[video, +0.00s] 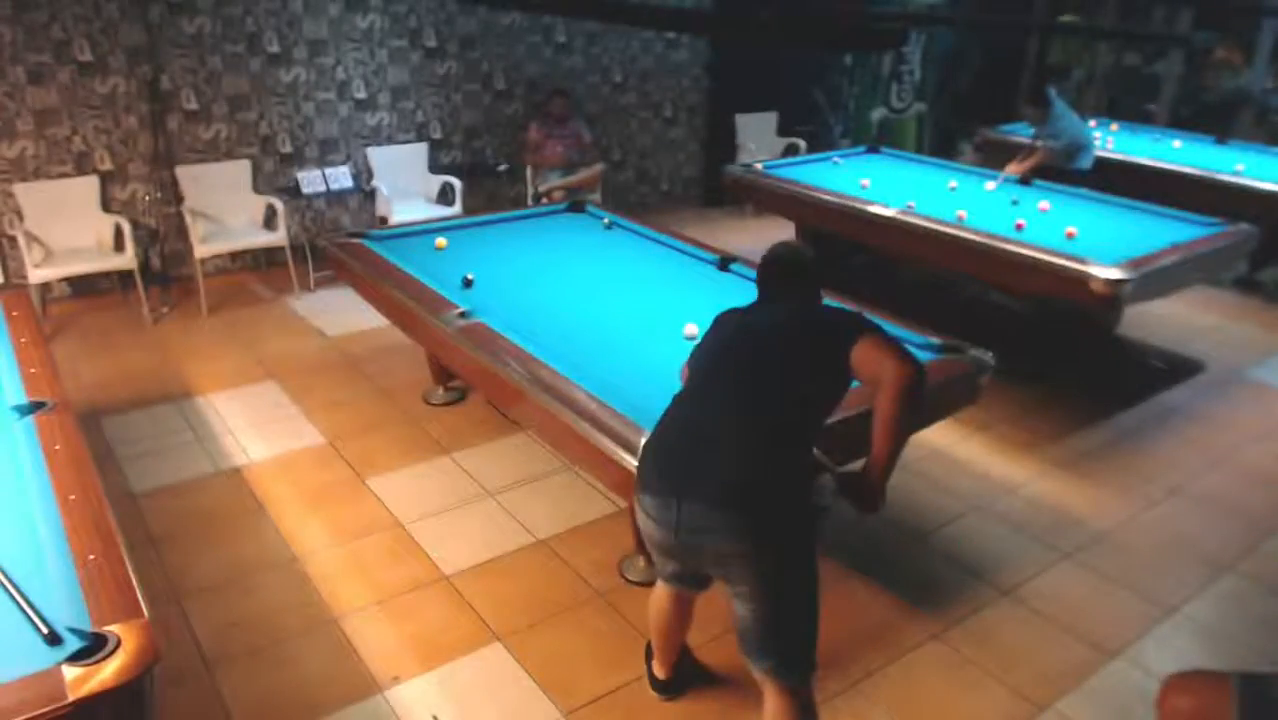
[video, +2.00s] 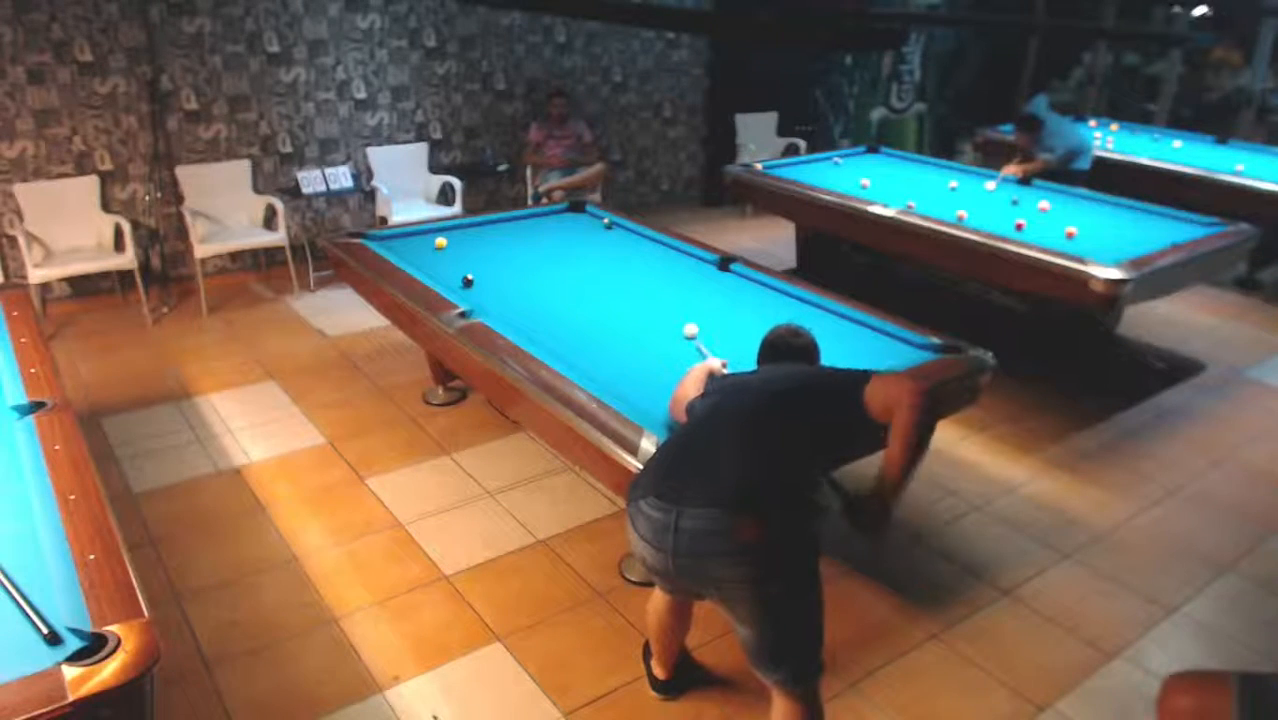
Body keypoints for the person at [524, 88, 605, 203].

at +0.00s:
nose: (559, 111)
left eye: (563, 106)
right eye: (555, 106)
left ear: (569, 107)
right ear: (548, 107)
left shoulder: (577, 125)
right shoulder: (538, 126)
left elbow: (589, 148)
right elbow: (530, 156)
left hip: (573, 168)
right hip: (546, 170)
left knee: (599, 168)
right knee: (559, 195)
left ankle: (548, 188)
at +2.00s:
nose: (560, 111)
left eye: (563, 106)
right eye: (555, 107)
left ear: (568, 108)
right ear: (549, 108)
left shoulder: (578, 125)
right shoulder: (540, 127)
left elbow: (593, 155)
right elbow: (528, 157)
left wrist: (572, 160)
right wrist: (552, 162)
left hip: (576, 166)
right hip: (552, 169)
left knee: (601, 168)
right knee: (558, 196)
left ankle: (549, 187)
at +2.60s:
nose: (559, 110)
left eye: (563, 106)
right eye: (555, 106)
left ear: (568, 108)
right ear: (548, 108)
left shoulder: (578, 126)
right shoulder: (538, 127)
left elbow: (593, 155)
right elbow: (528, 157)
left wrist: (571, 161)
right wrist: (556, 161)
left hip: (576, 168)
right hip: (550, 170)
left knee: (601, 168)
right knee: (558, 196)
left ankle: (549, 187)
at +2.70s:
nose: (559, 111)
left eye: (563, 107)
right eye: (555, 107)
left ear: (568, 108)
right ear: (549, 108)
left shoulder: (578, 125)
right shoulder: (538, 127)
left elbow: (593, 154)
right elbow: (529, 158)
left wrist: (570, 160)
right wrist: (557, 161)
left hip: (576, 166)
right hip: (550, 170)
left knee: (601, 168)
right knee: (558, 196)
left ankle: (549, 187)